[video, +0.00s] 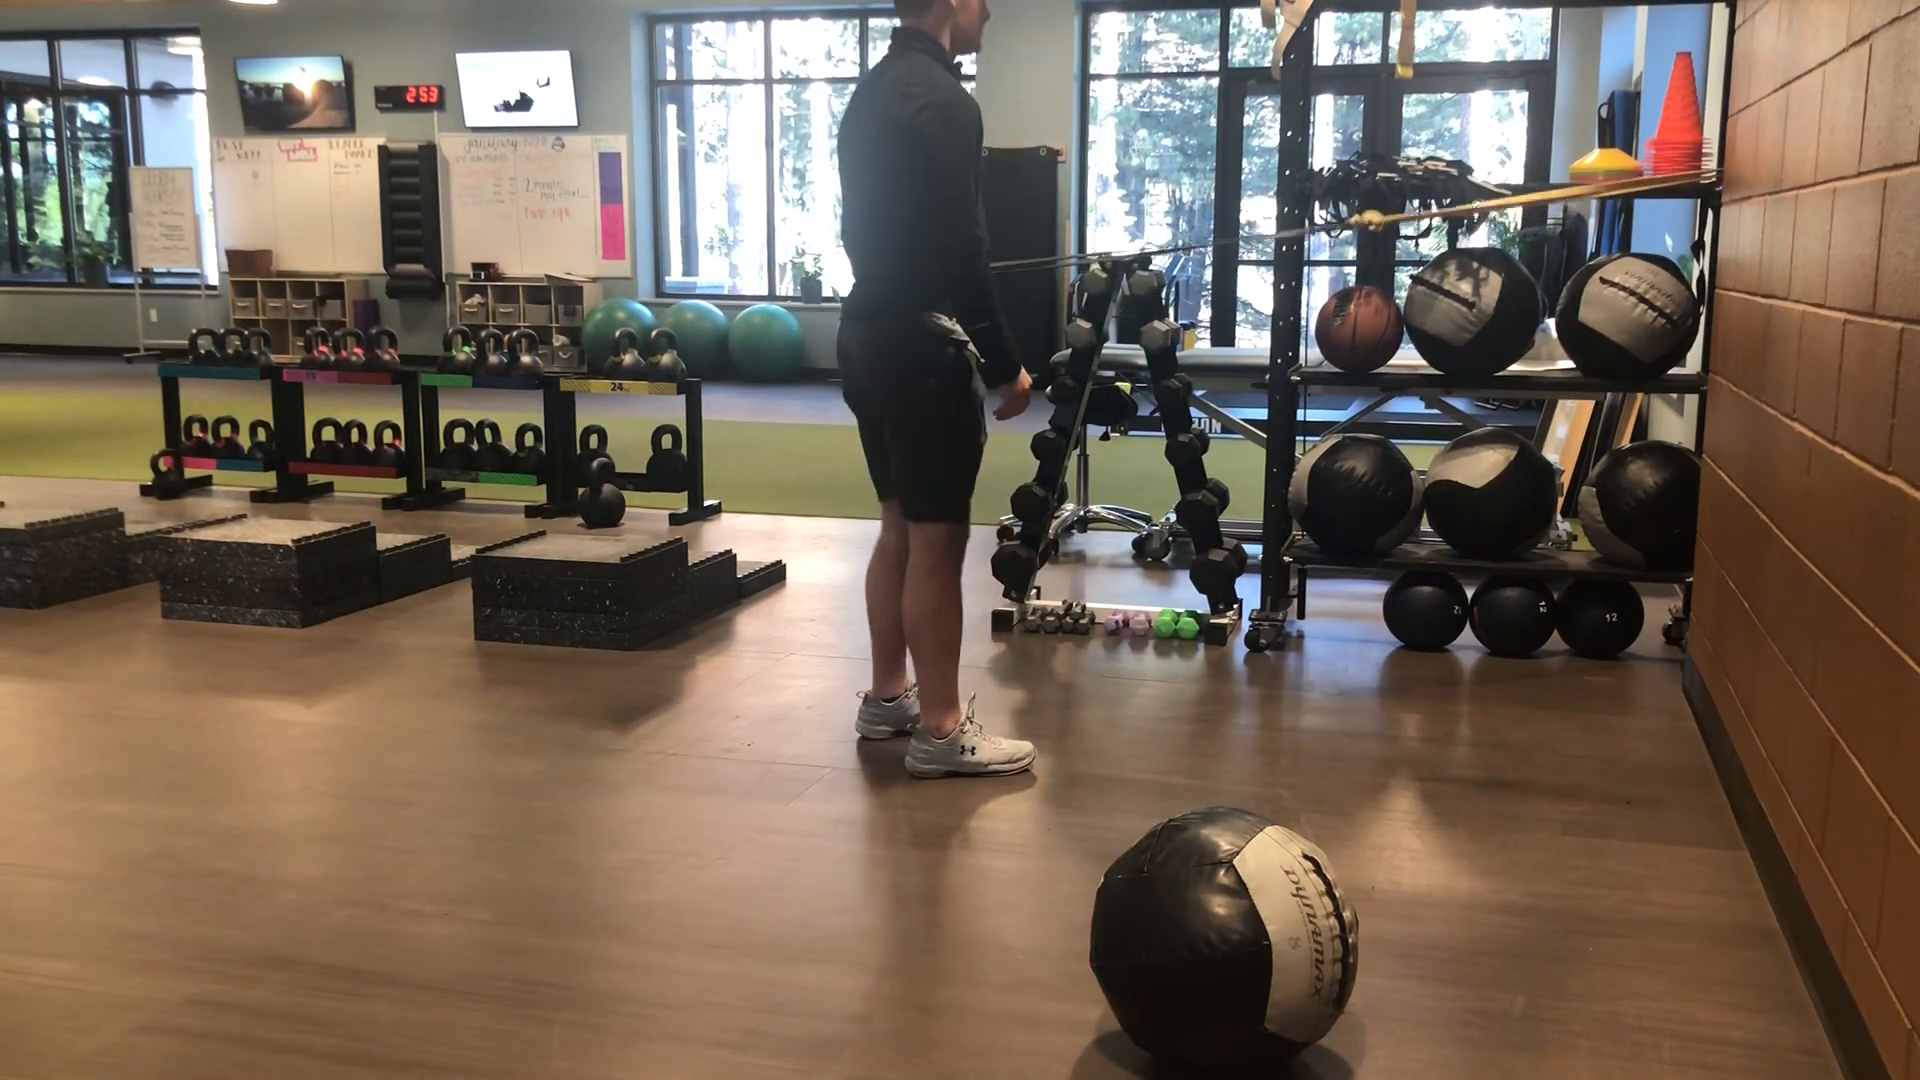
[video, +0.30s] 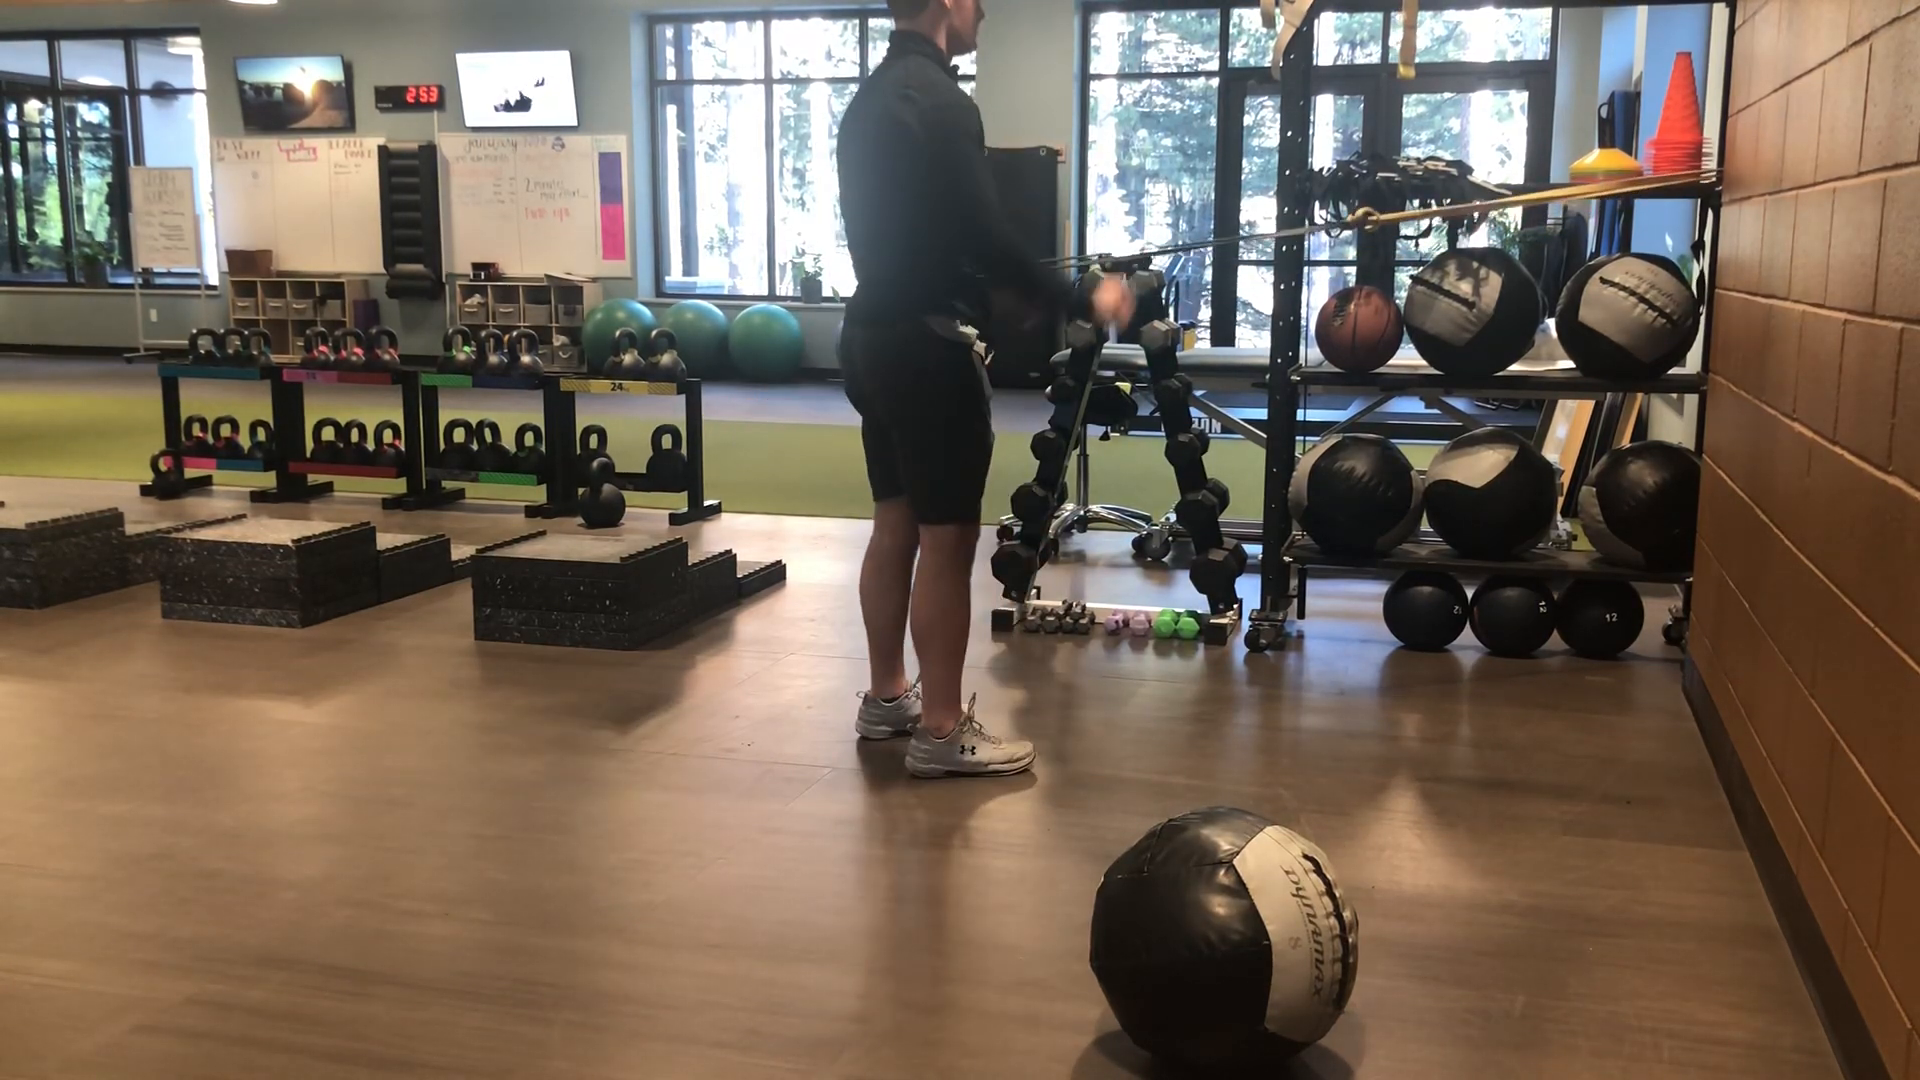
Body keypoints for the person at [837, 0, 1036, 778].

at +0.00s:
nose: (984, 18)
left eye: (982, 8)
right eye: (980, 7)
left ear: (912, 12)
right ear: (955, 7)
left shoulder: (869, 95)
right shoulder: (947, 103)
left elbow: (863, 236)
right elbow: (959, 250)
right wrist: (1006, 361)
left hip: (869, 332)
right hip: (930, 338)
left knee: (899, 524)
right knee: (937, 541)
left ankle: (885, 701)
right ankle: (942, 731)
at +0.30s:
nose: (979, 17)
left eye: (977, 8)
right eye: (975, 6)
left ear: (906, 14)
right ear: (949, 7)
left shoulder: (866, 103)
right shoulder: (941, 103)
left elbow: (900, 232)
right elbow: (984, 231)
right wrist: (1079, 295)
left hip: (873, 337)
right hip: (935, 344)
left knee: (895, 521)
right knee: (948, 537)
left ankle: (885, 696)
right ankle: (943, 730)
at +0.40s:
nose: (980, 16)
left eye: (976, 6)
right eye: (976, 5)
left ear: (912, 13)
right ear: (949, 6)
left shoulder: (872, 96)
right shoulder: (946, 102)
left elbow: (956, 179)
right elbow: (1032, 205)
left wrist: (1045, 169)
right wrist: (1120, 182)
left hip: (876, 338)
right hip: (935, 346)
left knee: (902, 526)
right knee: (947, 543)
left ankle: (885, 700)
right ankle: (943, 731)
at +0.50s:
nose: (979, 13)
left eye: (975, 2)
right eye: (973, 2)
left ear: (906, 11)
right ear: (945, 5)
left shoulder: (875, 88)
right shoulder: (947, 91)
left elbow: (995, 139)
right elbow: (1079, 136)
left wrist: (1057, 79)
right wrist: (1123, 72)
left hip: (882, 335)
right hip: (941, 342)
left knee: (909, 522)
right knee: (949, 541)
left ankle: (890, 694)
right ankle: (944, 730)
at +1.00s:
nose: (967, 11)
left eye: (965, 7)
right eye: (962, 4)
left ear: (891, 1)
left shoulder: (871, 52)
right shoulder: (939, 43)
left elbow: (995, 49)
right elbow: (1072, 46)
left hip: (888, 302)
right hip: (946, 304)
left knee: (933, 493)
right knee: (973, 508)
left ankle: (912, 658)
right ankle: (973, 698)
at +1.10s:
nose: (1008, 28)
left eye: (1007, 15)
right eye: (1001, 14)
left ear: (945, 17)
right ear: (967, 13)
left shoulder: (913, 95)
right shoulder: (956, 102)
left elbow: (930, 225)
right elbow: (980, 222)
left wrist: (994, 293)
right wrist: (1016, 291)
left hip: (870, 334)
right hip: (911, 339)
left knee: (943, 518)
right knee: (982, 526)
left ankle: (903, 683)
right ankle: (954, 725)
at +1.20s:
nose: (1056, 130)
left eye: (1059, 114)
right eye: (1052, 110)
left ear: (999, 101)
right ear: (1020, 96)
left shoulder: (936, 179)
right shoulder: (991, 193)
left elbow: (859, 277)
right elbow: (936, 305)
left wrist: (791, 369)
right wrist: (874, 409)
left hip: (838, 393)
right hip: (890, 404)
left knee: (958, 544)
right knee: (1013, 553)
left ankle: (896, 700)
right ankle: (949, 735)